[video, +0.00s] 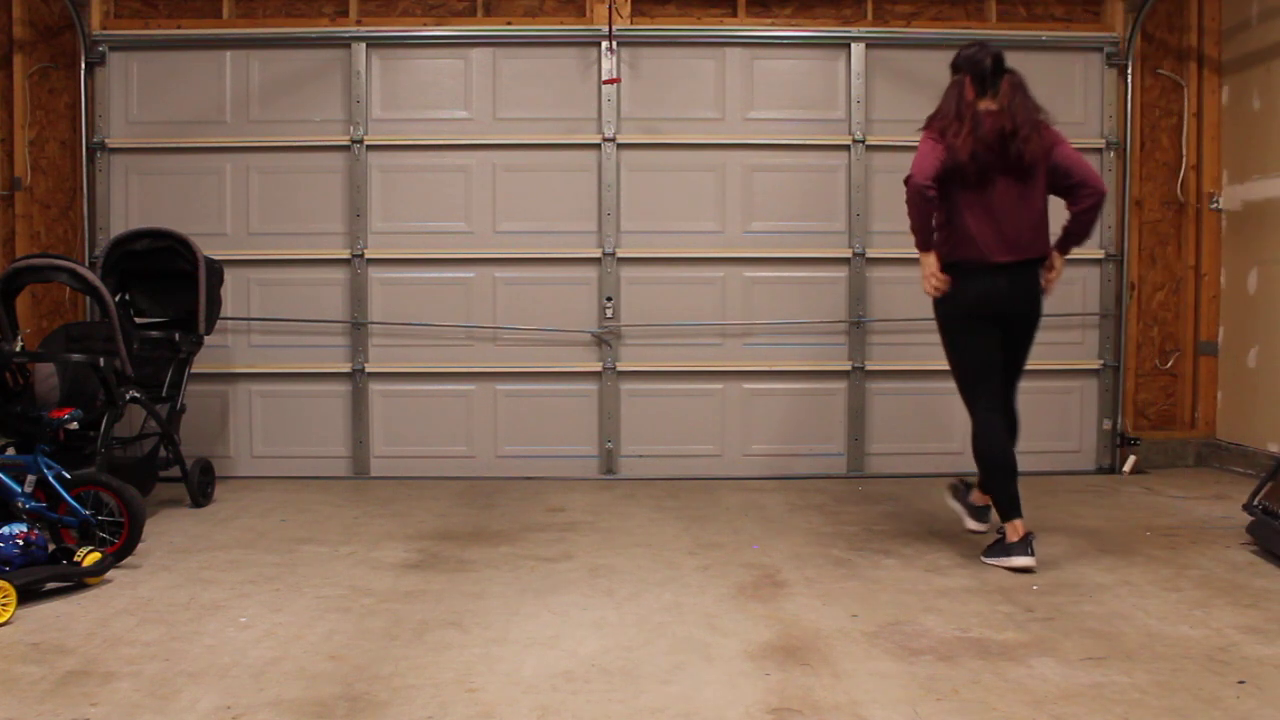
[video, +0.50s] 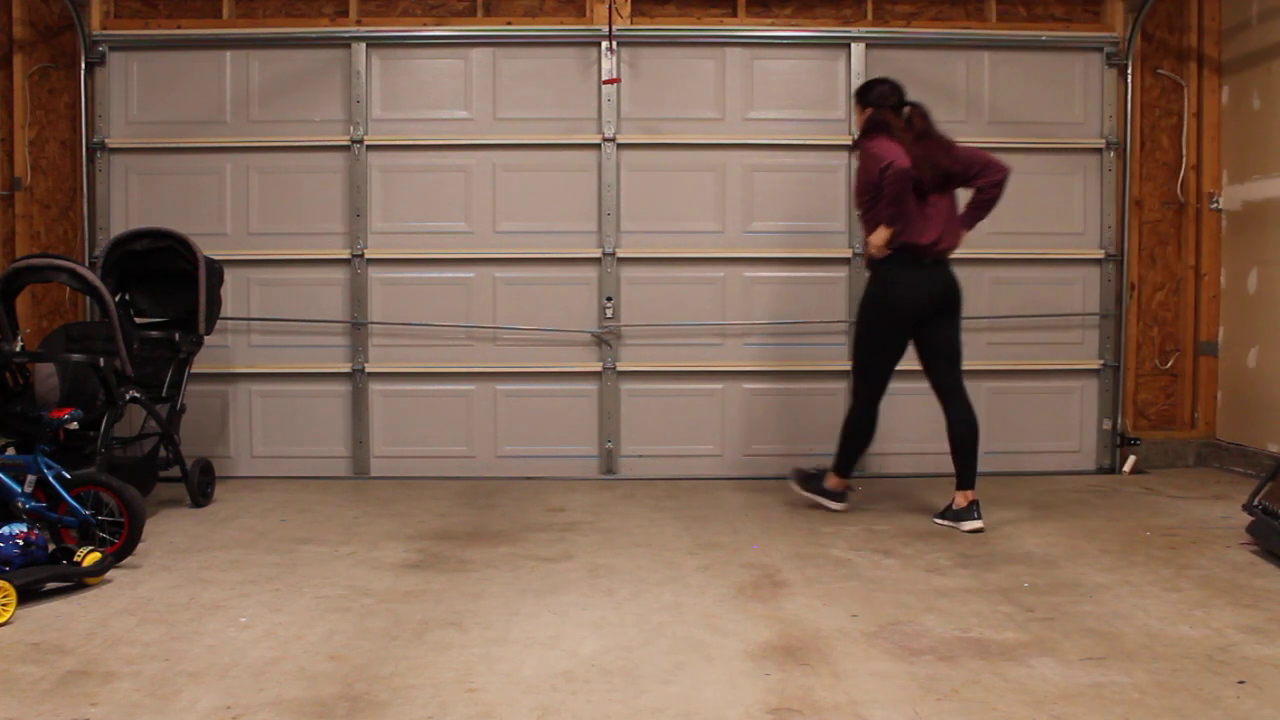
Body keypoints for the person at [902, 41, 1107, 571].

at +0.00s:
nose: (954, 93)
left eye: (955, 85)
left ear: (960, 86)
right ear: (1006, 84)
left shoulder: (944, 131)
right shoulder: (1033, 132)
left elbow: (920, 181)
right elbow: (1090, 188)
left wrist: (925, 250)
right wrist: (1062, 249)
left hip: (964, 285)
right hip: (1023, 283)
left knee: (985, 406)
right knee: (1001, 398)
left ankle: (1016, 534)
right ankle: (982, 497)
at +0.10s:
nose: (936, 98)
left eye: (938, 91)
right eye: (941, 91)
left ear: (945, 94)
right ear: (988, 94)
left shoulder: (933, 134)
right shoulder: (1016, 136)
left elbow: (915, 173)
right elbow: (1076, 180)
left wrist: (917, 236)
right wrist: (1047, 240)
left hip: (951, 286)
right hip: (1006, 285)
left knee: (966, 402)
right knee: (981, 397)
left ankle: (1009, 513)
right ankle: (971, 502)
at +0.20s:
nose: (920, 100)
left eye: (922, 94)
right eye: (924, 93)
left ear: (929, 96)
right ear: (968, 95)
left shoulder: (921, 133)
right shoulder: (998, 133)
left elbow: (908, 169)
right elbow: (1062, 169)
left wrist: (907, 225)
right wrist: (1030, 223)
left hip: (942, 281)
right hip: (991, 280)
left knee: (923, 400)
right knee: (970, 390)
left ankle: (979, 480)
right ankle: (969, 502)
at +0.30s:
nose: (899, 102)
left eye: (901, 95)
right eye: (902, 94)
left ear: (910, 96)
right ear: (946, 95)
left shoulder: (906, 133)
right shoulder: (978, 132)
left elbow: (912, 164)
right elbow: (1042, 162)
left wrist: (907, 222)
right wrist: (1004, 214)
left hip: (929, 276)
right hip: (976, 276)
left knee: (890, 383)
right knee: (963, 389)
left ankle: (943, 475)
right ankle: (968, 507)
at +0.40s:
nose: (877, 106)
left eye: (879, 99)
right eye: (879, 98)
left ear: (887, 100)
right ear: (922, 99)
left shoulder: (892, 135)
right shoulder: (953, 135)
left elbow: (912, 160)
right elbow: (1019, 162)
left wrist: (899, 219)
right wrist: (986, 216)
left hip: (913, 273)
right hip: (958, 274)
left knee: (874, 380)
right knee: (960, 388)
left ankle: (887, 489)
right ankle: (966, 501)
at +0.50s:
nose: (855, 121)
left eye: (857, 113)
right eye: (856, 113)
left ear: (868, 113)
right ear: (898, 112)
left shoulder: (874, 145)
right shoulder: (928, 146)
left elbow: (899, 168)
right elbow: (995, 172)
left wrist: (886, 228)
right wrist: (961, 225)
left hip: (893, 283)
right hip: (937, 280)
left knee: (866, 391)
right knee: (953, 392)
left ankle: (835, 483)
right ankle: (965, 501)